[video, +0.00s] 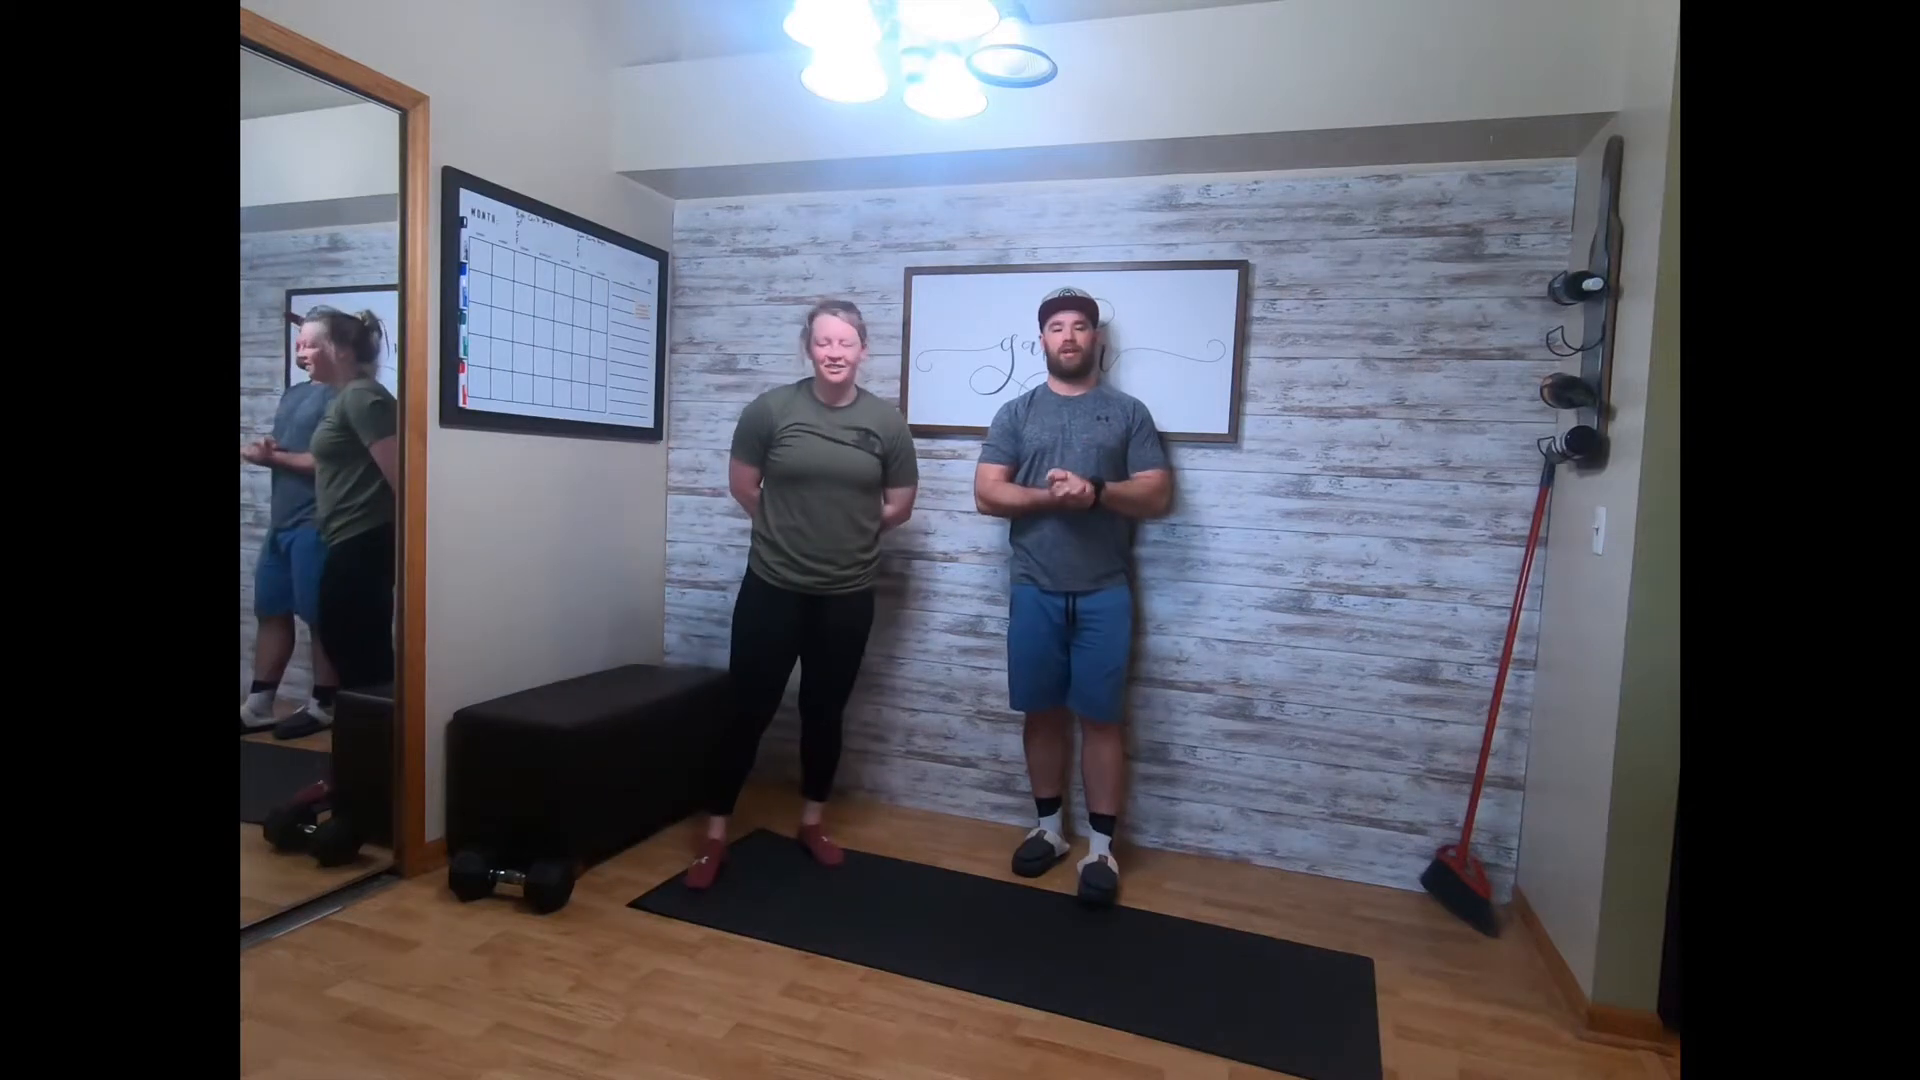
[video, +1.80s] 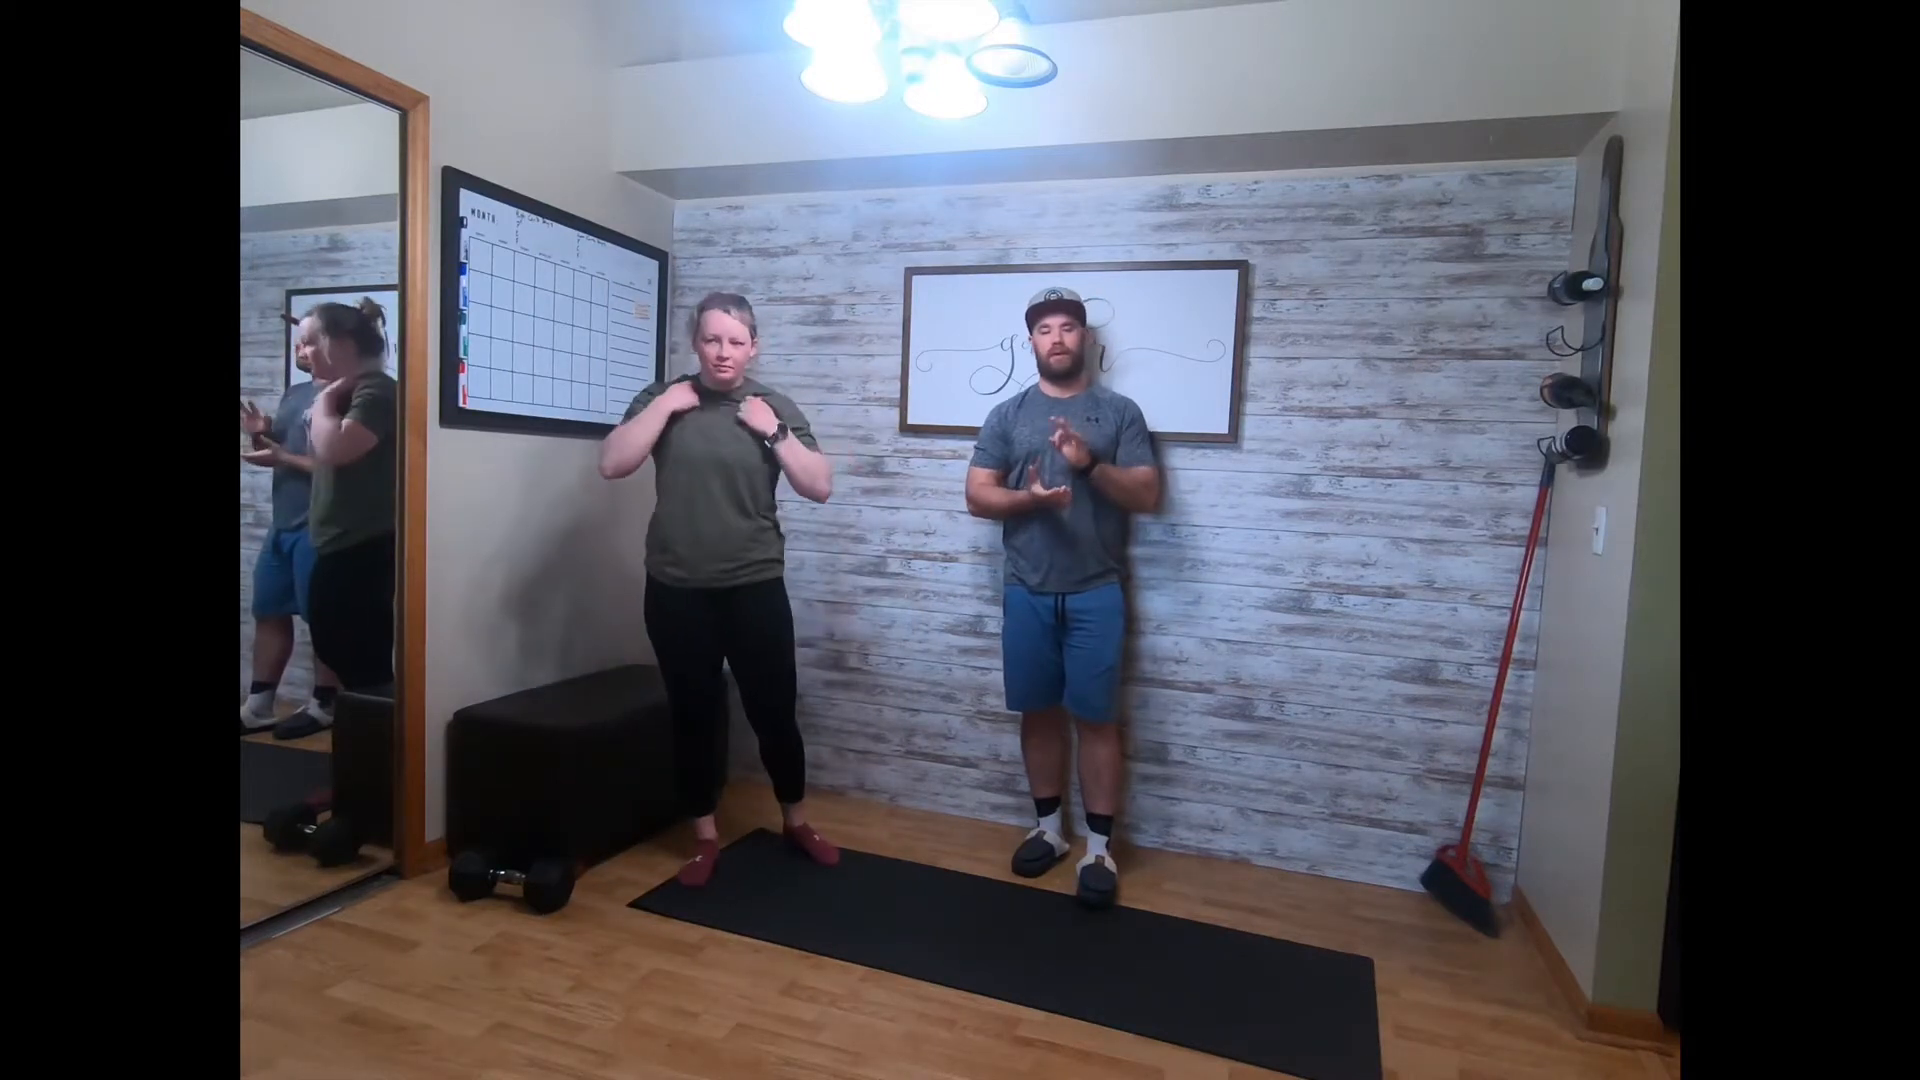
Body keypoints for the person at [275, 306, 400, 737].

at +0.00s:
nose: (304, 357)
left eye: (312, 347)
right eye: (304, 348)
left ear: (340, 350)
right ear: (343, 351)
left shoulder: (362, 397)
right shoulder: (345, 398)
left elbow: (405, 481)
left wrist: (418, 546)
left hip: (366, 542)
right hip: (349, 541)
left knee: (354, 649)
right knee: (351, 646)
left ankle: (361, 767)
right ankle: (361, 763)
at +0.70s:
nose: (309, 342)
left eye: (318, 335)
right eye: (310, 334)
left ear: (347, 343)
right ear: (349, 344)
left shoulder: (360, 389)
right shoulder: (346, 391)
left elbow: (399, 444)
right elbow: (337, 466)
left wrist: (384, 500)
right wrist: (283, 457)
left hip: (356, 542)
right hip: (340, 542)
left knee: (361, 657)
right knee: (357, 655)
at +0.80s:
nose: (311, 341)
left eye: (320, 334)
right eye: (312, 333)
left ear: (349, 343)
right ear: (351, 344)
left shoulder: (362, 386)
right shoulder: (348, 390)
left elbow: (390, 444)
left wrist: (336, 486)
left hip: (357, 543)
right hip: (343, 541)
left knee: (357, 651)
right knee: (349, 649)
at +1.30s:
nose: (315, 338)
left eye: (326, 331)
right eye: (318, 330)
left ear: (356, 342)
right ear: (348, 344)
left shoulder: (369, 386)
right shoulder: (346, 389)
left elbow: (358, 449)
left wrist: (318, 417)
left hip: (360, 543)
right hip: (340, 541)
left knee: (357, 655)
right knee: (346, 651)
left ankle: (375, 758)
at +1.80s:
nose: (309, 355)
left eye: (313, 343)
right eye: (308, 345)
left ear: (341, 343)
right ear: (348, 344)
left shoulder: (376, 392)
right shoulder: (349, 393)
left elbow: (333, 450)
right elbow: (329, 455)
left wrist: (324, 403)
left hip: (364, 548)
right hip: (342, 547)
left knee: (358, 655)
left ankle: (373, 756)